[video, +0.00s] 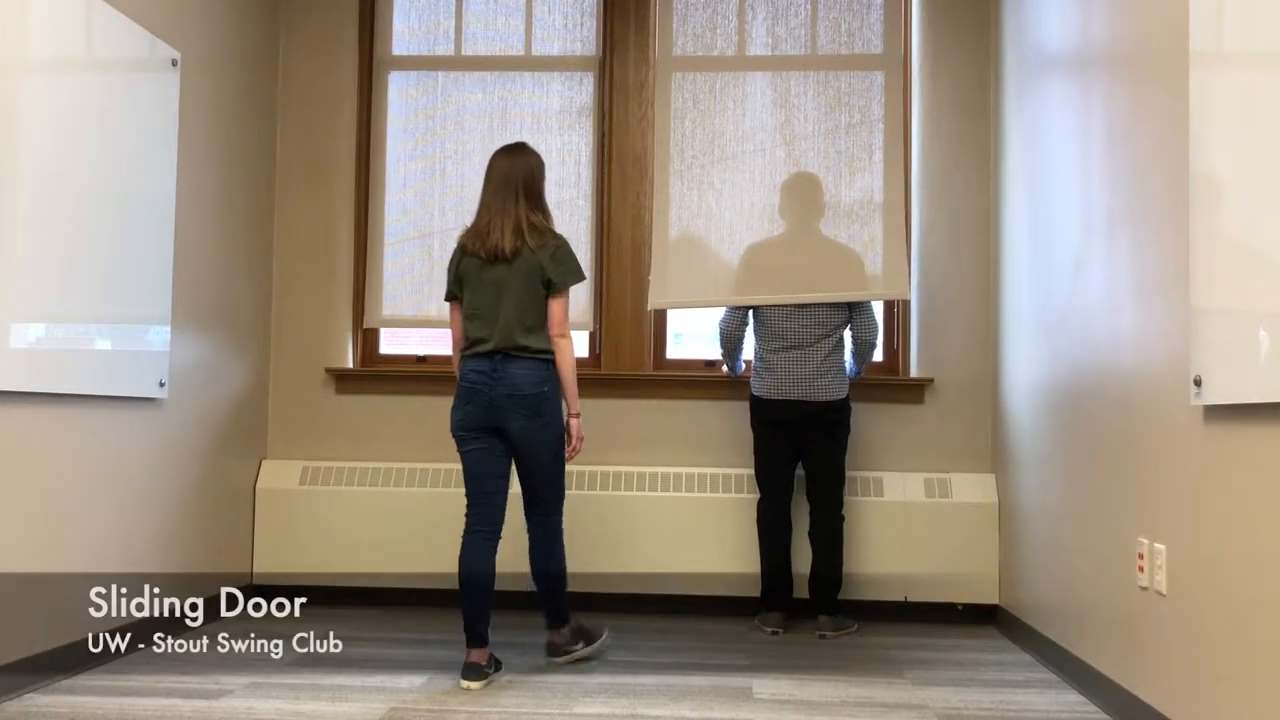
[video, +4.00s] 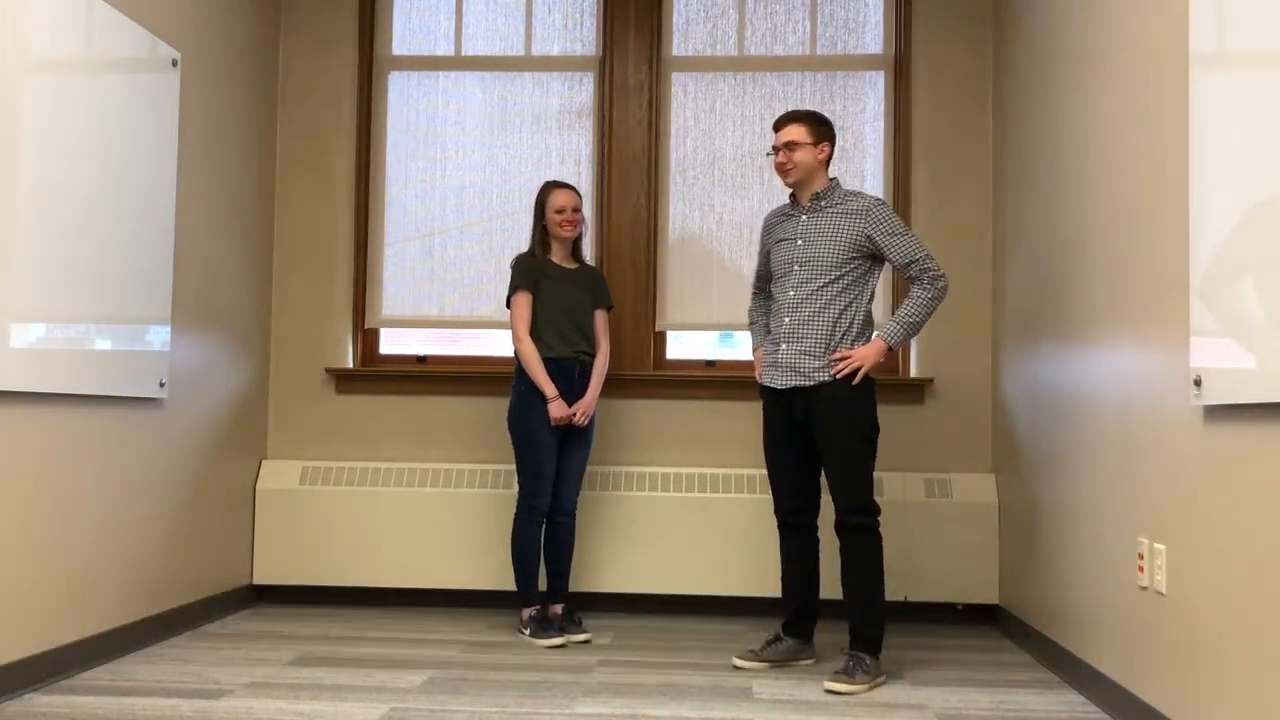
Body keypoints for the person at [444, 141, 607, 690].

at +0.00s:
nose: (545, 190)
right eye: (542, 181)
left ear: (490, 185)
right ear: (537, 186)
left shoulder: (466, 248)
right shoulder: (550, 247)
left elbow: (459, 339)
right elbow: (559, 334)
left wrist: (467, 396)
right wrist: (574, 410)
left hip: (473, 392)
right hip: (533, 391)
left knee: (480, 523)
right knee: (545, 516)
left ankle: (476, 652)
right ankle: (560, 632)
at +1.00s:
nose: (600, 217)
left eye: (597, 208)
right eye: (597, 211)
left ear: (551, 214)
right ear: (589, 215)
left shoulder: (531, 270)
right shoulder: (597, 270)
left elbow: (526, 350)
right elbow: (609, 344)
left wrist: (534, 400)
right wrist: (624, 407)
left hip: (540, 391)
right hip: (584, 390)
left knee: (551, 502)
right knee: (574, 507)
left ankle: (554, 615)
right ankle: (567, 628)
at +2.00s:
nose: (574, 216)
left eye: (578, 210)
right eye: (565, 209)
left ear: (582, 218)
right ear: (545, 216)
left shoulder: (575, 277)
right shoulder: (534, 267)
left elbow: (581, 350)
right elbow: (531, 338)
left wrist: (591, 404)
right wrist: (560, 399)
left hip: (574, 394)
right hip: (543, 393)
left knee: (571, 502)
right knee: (550, 501)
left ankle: (556, 604)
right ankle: (534, 610)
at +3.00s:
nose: (565, 216)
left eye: (571, 209)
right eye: (555, 210)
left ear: (580, 216)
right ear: (540, 217)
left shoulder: (591, 276)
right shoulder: (526, 266)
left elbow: (601, 348)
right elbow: (518, 338)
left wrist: (588, 397)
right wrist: (550, 397)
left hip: (577, 393)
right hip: (534, 391)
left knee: (563, 505)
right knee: (533, 502)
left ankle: (560, 608)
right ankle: (530, 611)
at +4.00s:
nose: (570, 217)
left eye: (575, 210)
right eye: (560, 211)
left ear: (583, 216)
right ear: (543, 218)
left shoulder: (592, 276)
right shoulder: (528, 266)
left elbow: (603, 346)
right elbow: (521, 337)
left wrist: (591, 396)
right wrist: (552, 395)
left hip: (579, 394)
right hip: (536, 392)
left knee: (565, 505)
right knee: (535, 501)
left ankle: (558, 607)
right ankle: (529, 609)